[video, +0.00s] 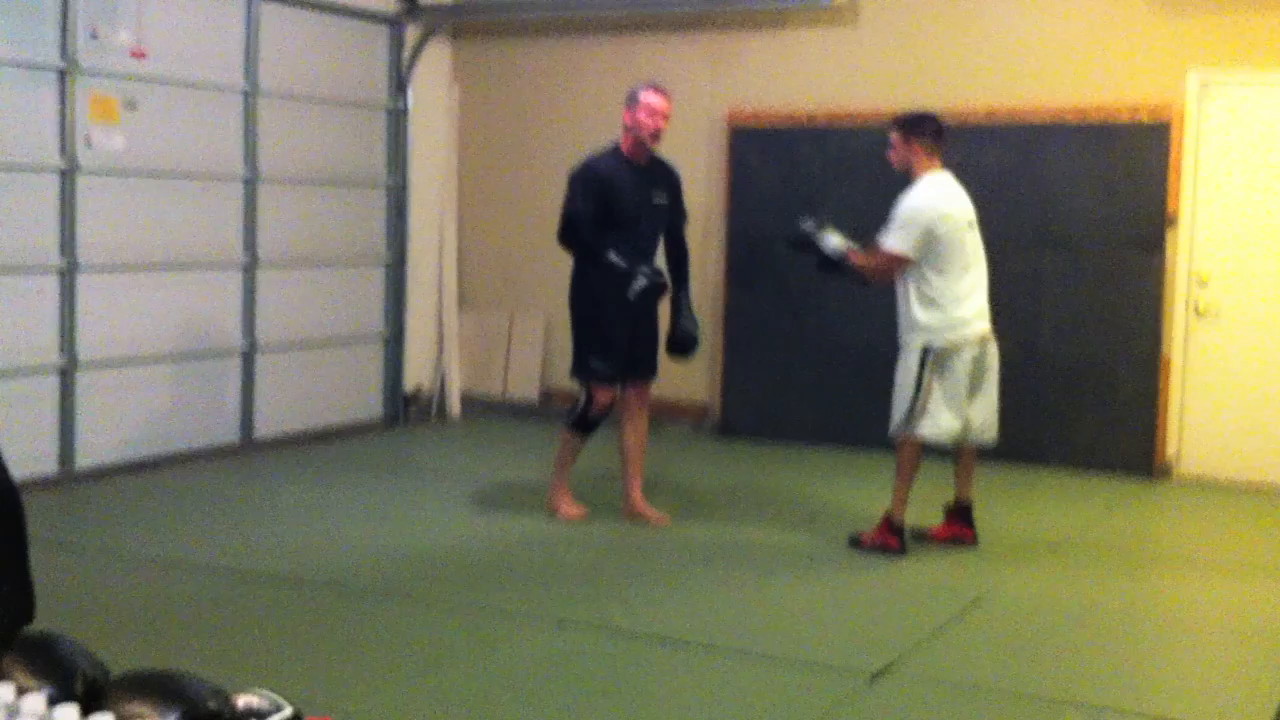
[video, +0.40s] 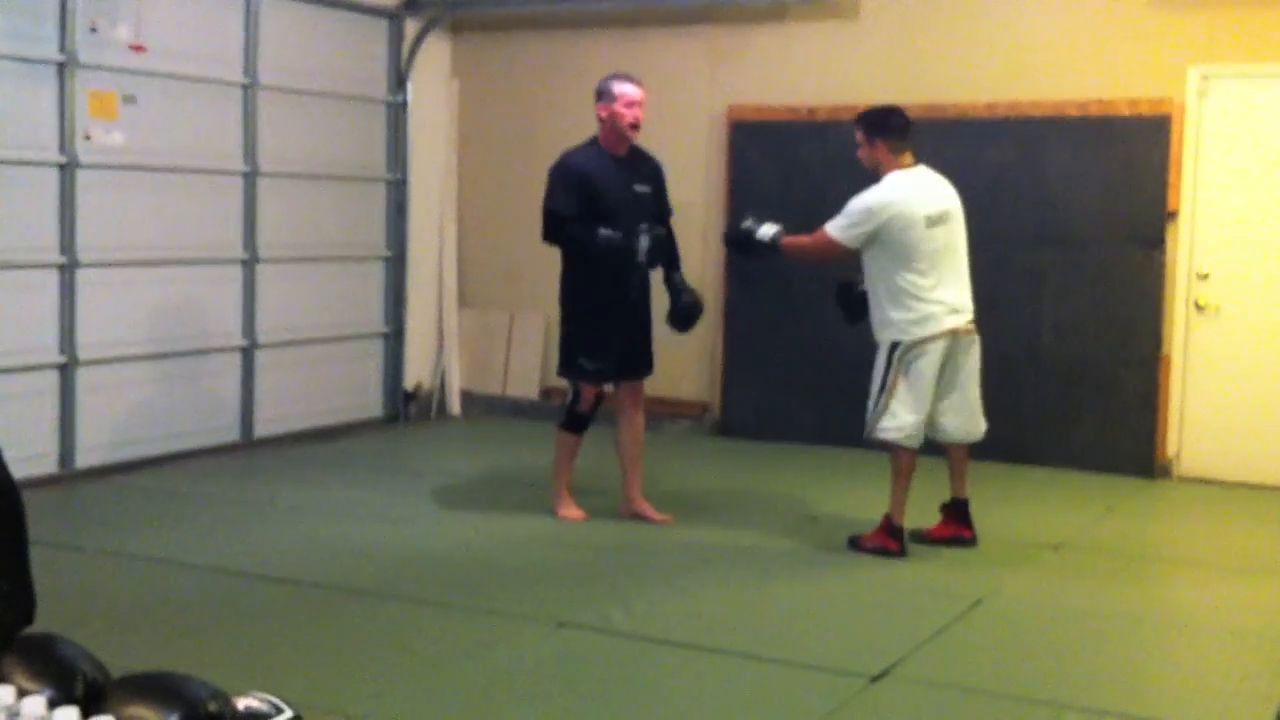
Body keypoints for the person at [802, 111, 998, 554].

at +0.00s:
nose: (889, 153)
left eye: (893, 145)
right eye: (890, 145)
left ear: (914, 147)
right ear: (925, 147)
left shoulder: (919, 200)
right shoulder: (953, 190)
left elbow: (882, 268)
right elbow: (909, 263)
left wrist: (838, 246)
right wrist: (852, 255)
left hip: (934, 337)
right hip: (974, 332)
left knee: (910, 432)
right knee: (967, 431)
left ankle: (893, 525)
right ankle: (961, 518)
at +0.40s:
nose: (859, 154)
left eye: (860, 145)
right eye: (859, 145)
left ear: (875, 145)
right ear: (905, 140)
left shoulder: (881, 199)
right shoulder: (943, 187)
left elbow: (820, 245)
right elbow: (930, 262)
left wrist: (769, 237)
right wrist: (874, 291)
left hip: (915, 332)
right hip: (961, 325)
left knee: (902, 428)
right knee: (956, 424)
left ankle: (892, 529)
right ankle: (959, 518)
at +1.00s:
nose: (864, 150)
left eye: (867, 142)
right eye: (866, 141)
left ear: (879, 145)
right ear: (910, 143)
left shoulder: (870, 205)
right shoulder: (953, 189)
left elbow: (857, 279)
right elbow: (966, 252)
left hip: (917, 335)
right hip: (971, 325)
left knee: (907, 431)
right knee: (985, 417)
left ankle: (893, 529)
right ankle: (1019, 509)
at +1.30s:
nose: (909, 153)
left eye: (913, 145)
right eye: (911, 144)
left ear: (931, 147)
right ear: (953, 148)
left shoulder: (919, 203)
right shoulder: (991, 197)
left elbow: (888, 275)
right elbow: (965, 256)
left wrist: (872, 232)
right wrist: (906, 217)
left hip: (953, 337)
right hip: (1006, 331)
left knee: (925, 431)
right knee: (1012, 425)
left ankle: (894, 529)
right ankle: (1039, 525)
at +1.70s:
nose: (946, 170)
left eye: (948, 161)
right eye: (946, 161)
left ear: (964, 163)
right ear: (994, 159)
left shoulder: (960, 216)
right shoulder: (1042, 200)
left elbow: (947, 284)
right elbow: (1028, 256)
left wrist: (927, 243)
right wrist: (959, 218)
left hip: (997, 341)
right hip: (1054, 336)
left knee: (962, 431)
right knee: (1064, 419)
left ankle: (957, 530)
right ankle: (1090, 494)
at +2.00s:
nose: (1004, 162)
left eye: (1008, 153)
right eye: (1005, 154)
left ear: (1027, 154)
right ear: (1049, 153)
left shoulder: (1029, 205)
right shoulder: (1086, 196)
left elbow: (996, 268)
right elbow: (1062, 249)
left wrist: (987, 219)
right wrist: (1016, 199)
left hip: (1054, 341)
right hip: (1107, 333)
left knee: (1003, 429)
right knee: (1113, 428)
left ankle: (978, 526)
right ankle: (1134, 529)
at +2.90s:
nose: (1031, 183)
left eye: (1034, 174)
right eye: (1032, 175)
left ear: (1049, 174)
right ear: (1076, 172)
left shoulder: (1040, 212)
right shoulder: (1118, 215)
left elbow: (972, 224)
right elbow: (1126, 266)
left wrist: (935, 195)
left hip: (1074, 350)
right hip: (1133, 347)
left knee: (1008, 427)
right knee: (1149, 429)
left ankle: (971, 523)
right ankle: (1171, 501)